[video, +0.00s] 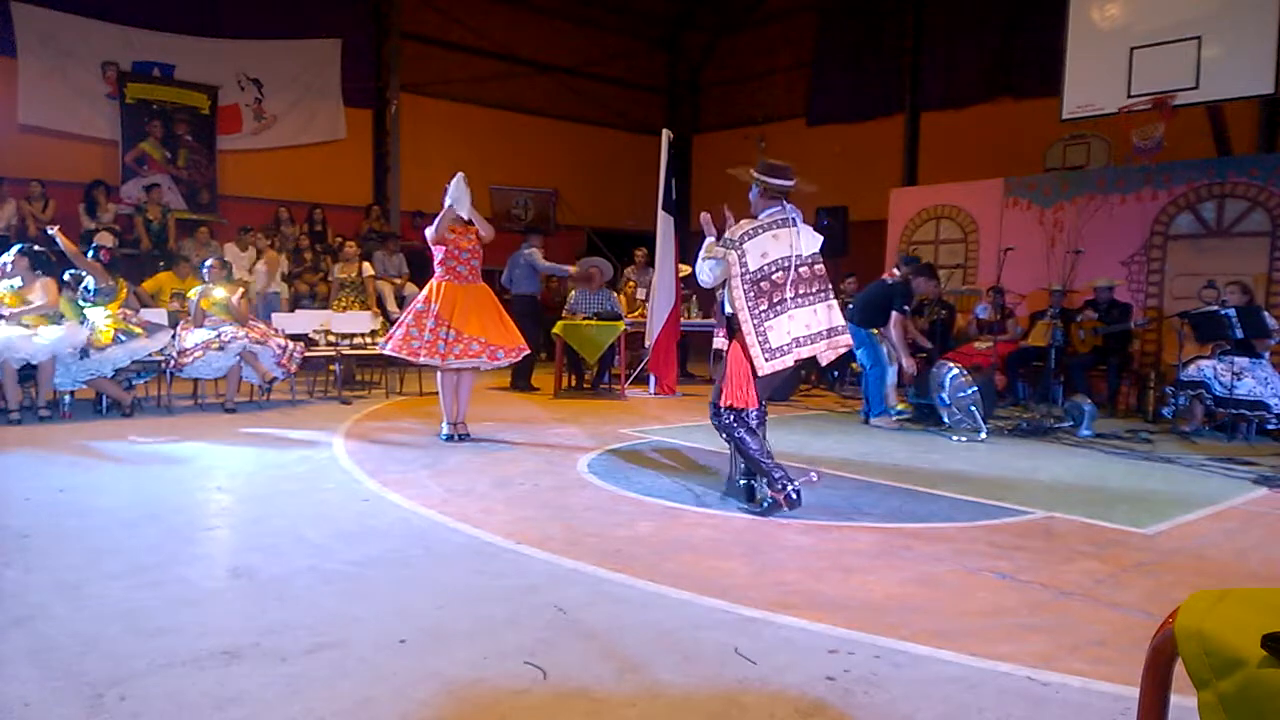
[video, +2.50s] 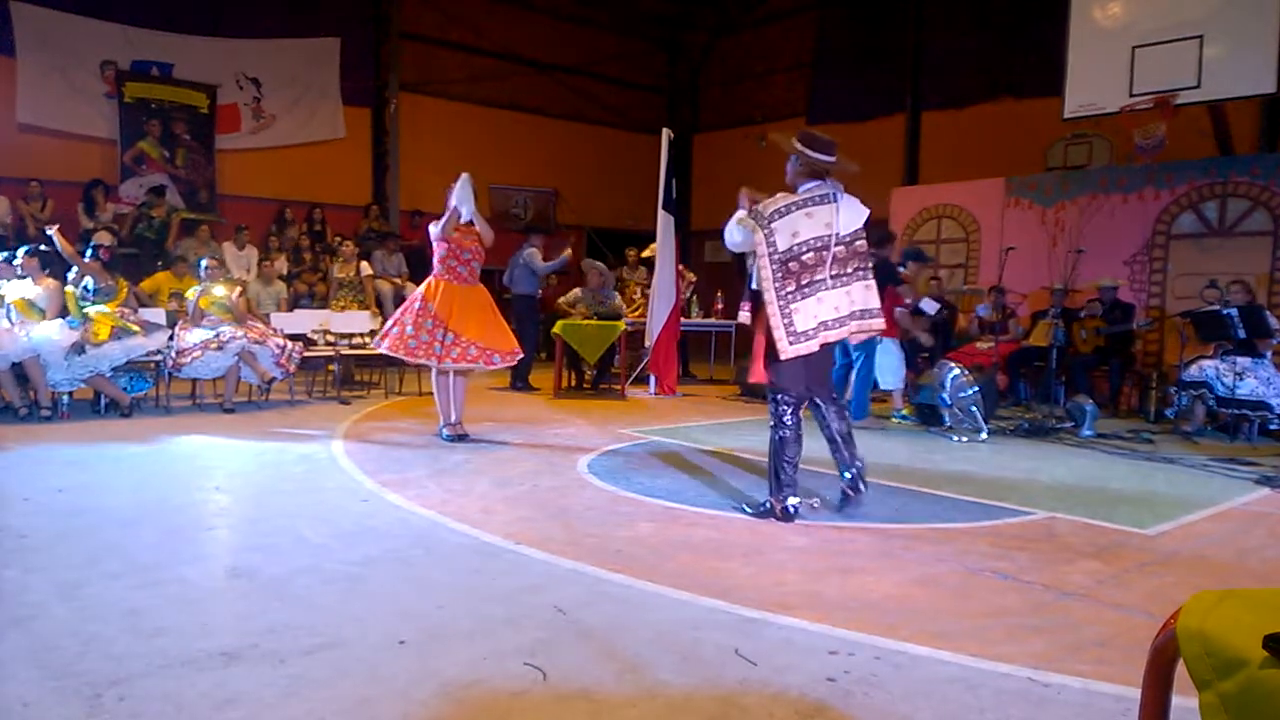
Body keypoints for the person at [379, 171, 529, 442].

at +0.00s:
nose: (457, 207)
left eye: (460, 204)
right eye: (452, 202)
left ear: (466, 207)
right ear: (445, 205)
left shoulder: (475, 232)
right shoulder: (436, 232)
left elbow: (489, 234)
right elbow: (436, 234)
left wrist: (469, 210)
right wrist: (450, 205)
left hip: (473, 297)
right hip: (446, 296)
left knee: (468, 363)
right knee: (447, 363)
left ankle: (461, 420)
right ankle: (447, 420)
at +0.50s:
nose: (452, 205)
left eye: (458, 201)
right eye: (448, 201)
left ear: (467, 205)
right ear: (441, 206)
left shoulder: (478, 232)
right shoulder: (435, 234)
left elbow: (504, 243)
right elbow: (452, 241)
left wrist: (484, 217)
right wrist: (474, 214)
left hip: (474, 299)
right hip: (447, 299)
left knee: (468, 365)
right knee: (448, 366)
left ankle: (461, 421)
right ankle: (447, 421)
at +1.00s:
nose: (452, 207)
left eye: (457, 203)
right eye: (447, 203)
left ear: (465, 207)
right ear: (441, 208)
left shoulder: (477, 231)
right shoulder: (438, 236)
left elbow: (505, 255)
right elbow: (457, 254)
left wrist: (498, 230)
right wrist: (486, 234)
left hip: (472, 301)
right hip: (445, 301)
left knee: (467, 365)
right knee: (446, 365)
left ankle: (460, 421)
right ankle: (446, 422)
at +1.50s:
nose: (452, 212)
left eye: (457, 207)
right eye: (447, 207)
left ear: (466, 211)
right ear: (441, 211)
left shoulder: (476, 231)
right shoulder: (438, 240)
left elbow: (497, 256)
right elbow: (457, 262)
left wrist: (496, 233)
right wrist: (486, 243)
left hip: (469, 303)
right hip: (444, 303)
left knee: (463, 365)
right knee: (443, 365)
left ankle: (458, 421)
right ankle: (446, 421)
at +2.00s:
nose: (458, 206)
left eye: (463, 202)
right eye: (454, 201)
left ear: (471, 207)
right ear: (446, 205)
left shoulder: (477, 235)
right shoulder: (439, 233)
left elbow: (501, 256)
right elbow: (459, 253)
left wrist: (490, 223)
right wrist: (479, 227)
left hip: (468, 302)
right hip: (443, 301)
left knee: (462, 364)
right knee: (443, 365)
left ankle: (458, 421)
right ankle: (446, 421)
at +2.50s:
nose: (459, 207)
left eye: (462, 204)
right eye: (455, 202)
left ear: (467, 207)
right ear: (448, 204)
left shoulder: (477, 233)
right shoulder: (437, 229)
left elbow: (489, 238)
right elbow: (442, 231)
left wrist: (473, 211)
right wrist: (453, 207)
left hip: (469, 297)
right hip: (442, 295)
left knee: (462, 365)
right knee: (442, 364)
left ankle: (457, 421)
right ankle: (445, 422)